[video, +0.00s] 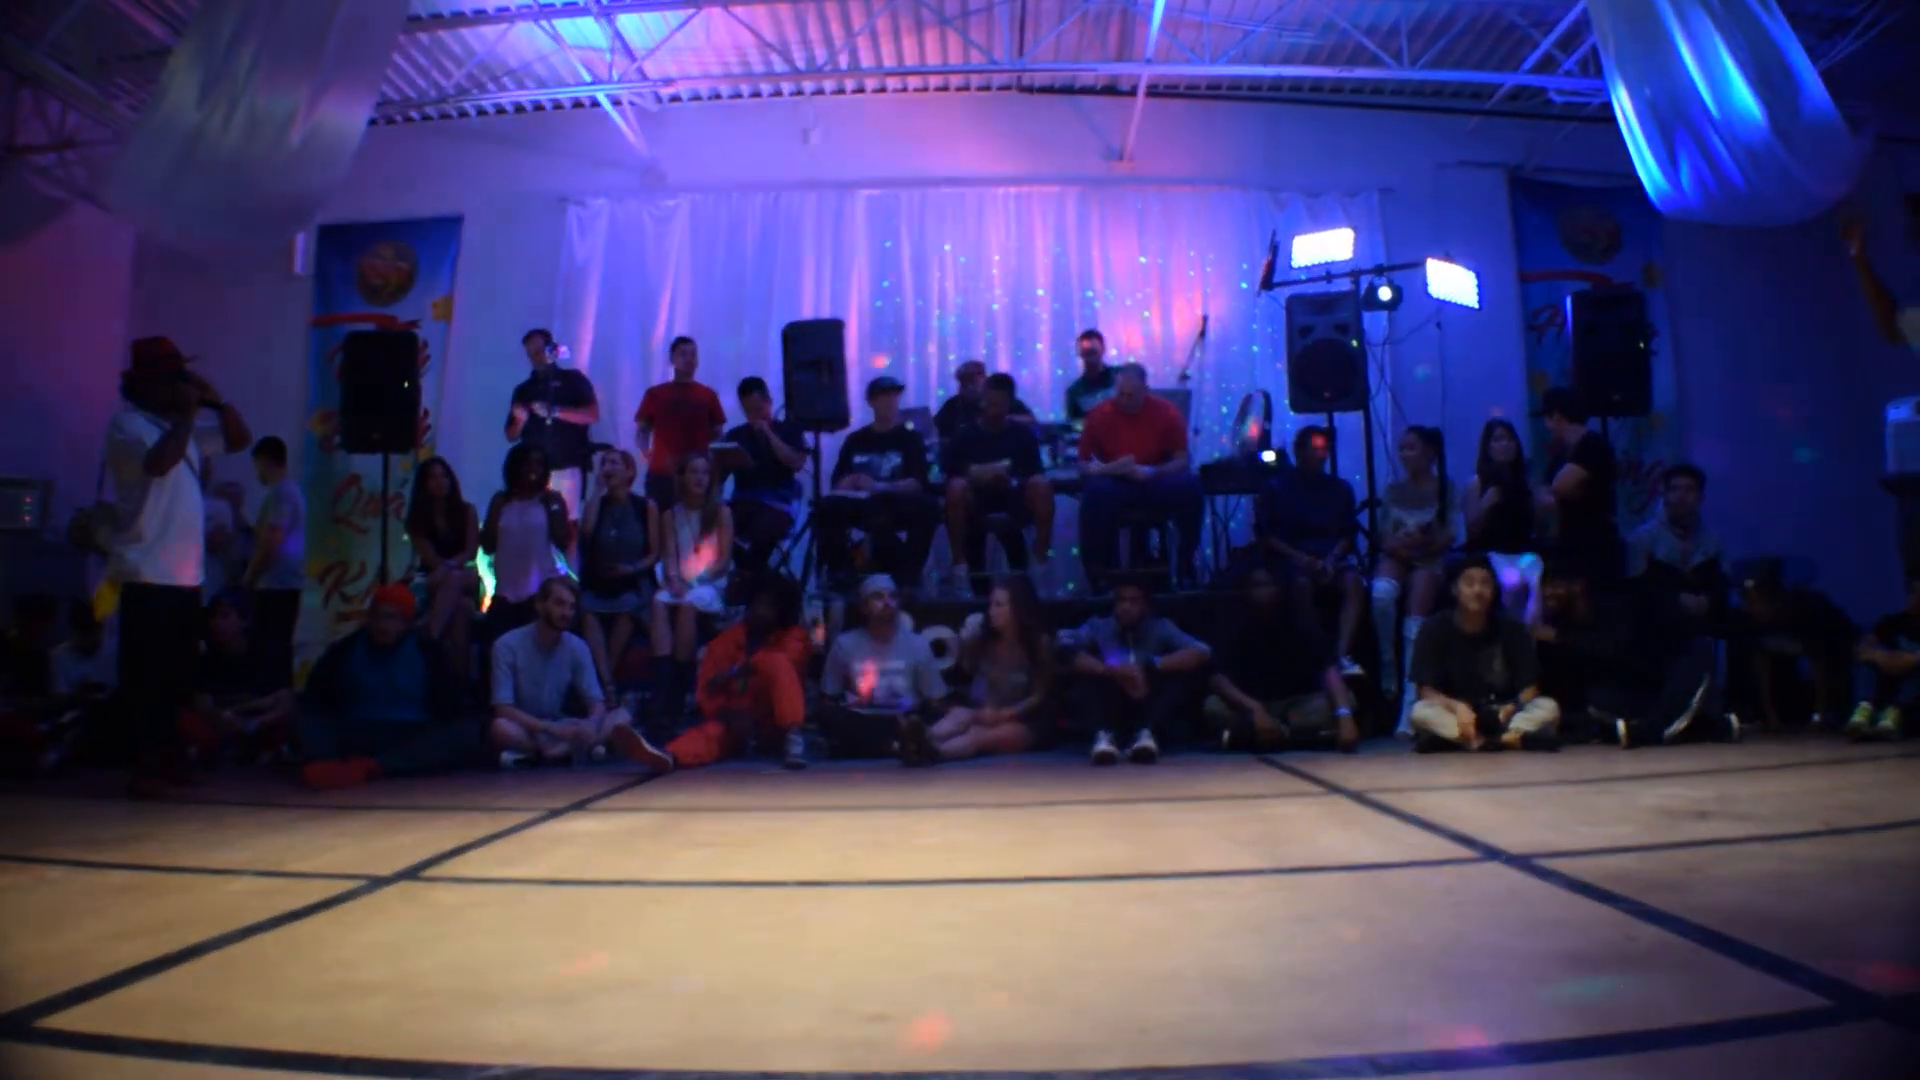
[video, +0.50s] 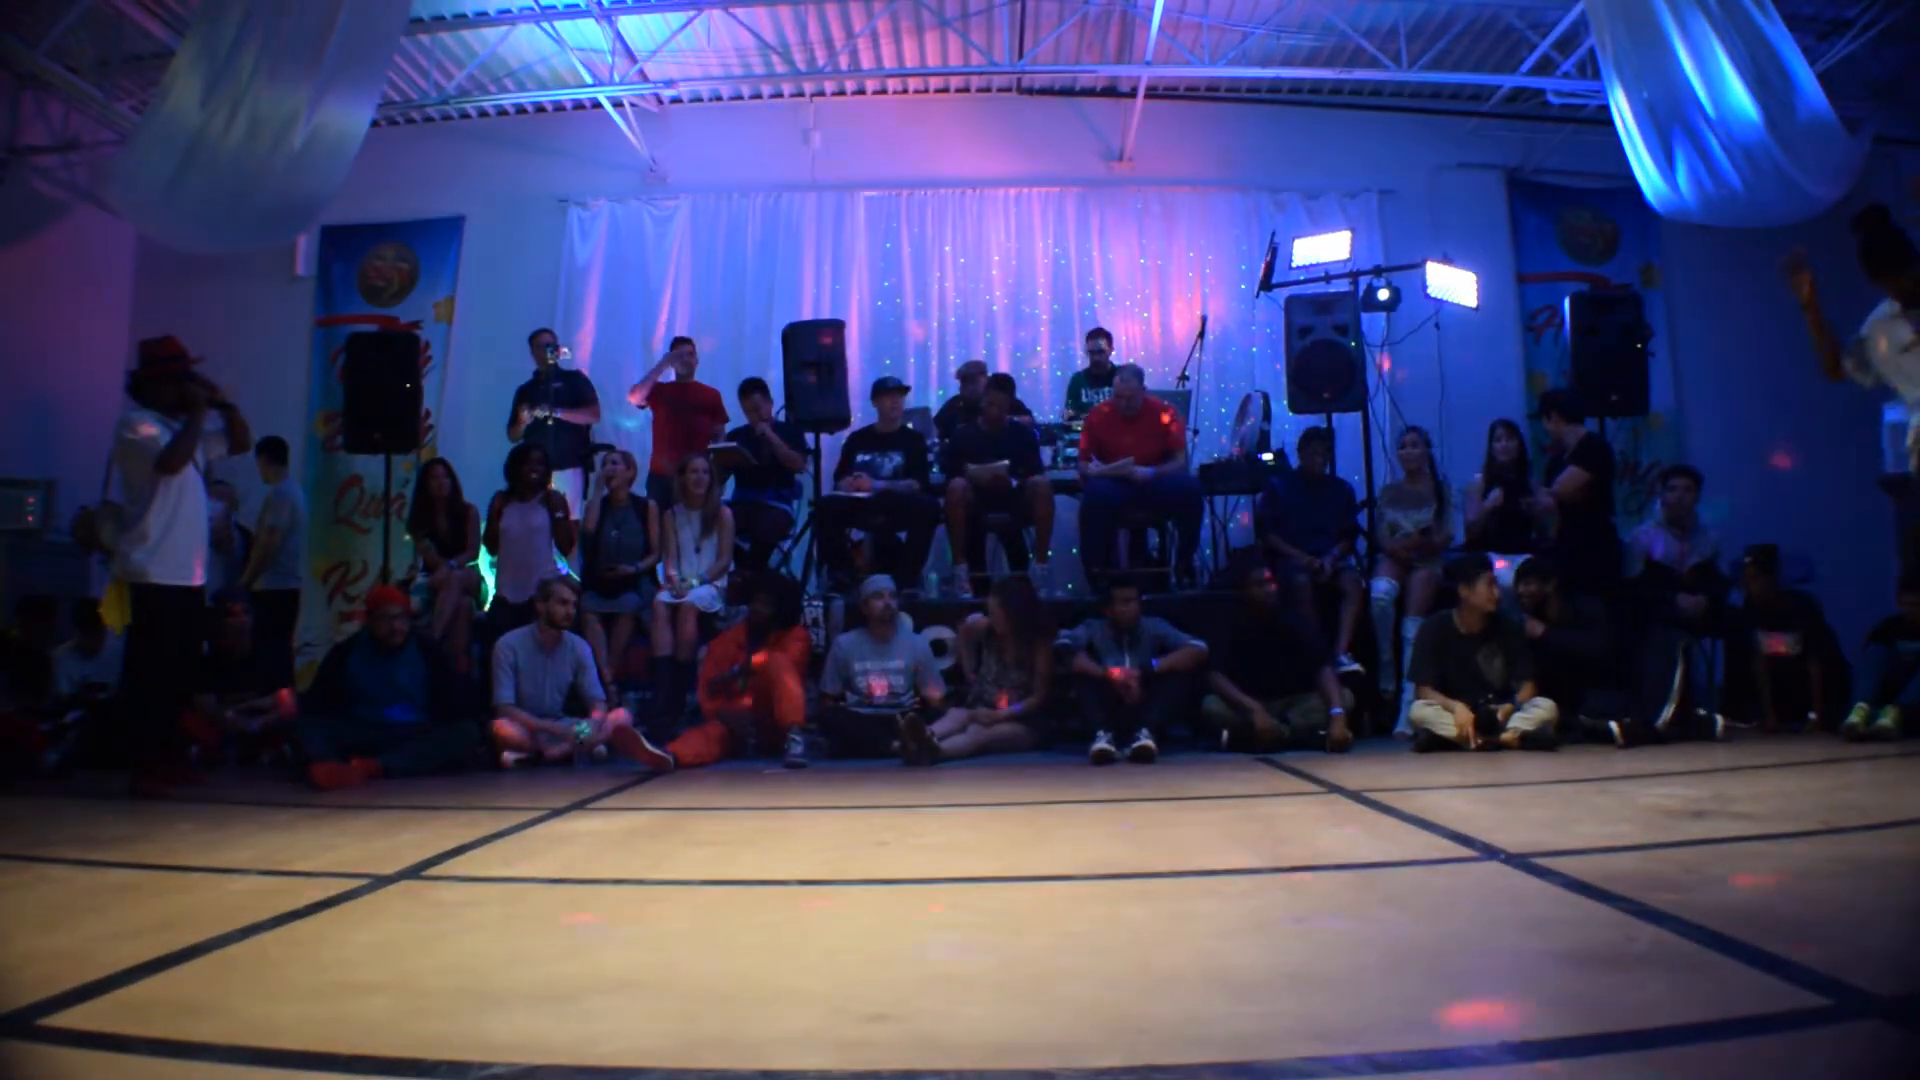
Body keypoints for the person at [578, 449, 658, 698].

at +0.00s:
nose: (607, 468)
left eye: (614, 463)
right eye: (604, 463)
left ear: (629, 472)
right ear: (599, 471)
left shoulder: (645, 506)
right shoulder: (594, 504)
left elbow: (654, 552)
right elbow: (586, 532)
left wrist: (631, 568)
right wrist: (597, 492)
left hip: (630, 579)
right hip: (598, 577)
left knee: (626, 613)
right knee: (588, 614)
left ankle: (606, 677)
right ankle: (606, 684)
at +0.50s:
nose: (609, 468)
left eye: (615, 464)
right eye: (606, 464)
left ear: (630, 472)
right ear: (601, 473)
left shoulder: (646, 506)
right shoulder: (595, 505)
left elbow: (655, 552)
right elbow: (589, 528)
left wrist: (634, 568)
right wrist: (597, 490)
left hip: (631, 577)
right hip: (600, 575)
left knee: (627, 608)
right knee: (588, 610)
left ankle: (609, 672)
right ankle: (605, 678)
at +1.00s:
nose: (610, 470)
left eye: (616, 465)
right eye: (606, 465)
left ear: (629, 472)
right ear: (601, 473)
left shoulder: (645, 507)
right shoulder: (593, 506)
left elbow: (654, 552)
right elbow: (587, 545)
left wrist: (633, 568)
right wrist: (597, 507)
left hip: (630, 576)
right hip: (599, 575)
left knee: (627, 611)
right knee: (589, 614)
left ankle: (607, 678)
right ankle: (608, 684)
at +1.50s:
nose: (620, 471)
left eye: (625, 466)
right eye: (614, 466)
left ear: (630, 472)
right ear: (602, 473)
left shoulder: (646, 508)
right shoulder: (592, 510)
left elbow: (654, 553)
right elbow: (587, 549)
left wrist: (634, 568)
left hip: (630, 576)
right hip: (600, 574)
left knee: (626, 612)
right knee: (589, 612)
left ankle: (607, 677)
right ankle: (607, 681)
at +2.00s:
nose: (622, 473)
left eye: (626, 468)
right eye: (615, 468)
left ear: (631, 473)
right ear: (603, 474)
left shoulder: (645, 507)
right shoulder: (591, 511)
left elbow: (655, 551)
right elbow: (586, 553)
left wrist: (636, 544)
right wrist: (600, 546)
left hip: (633, 572)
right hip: (601, 573)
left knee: (627, 608)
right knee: (589, 610)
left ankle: (608, 676)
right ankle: (606, 678)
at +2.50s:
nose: (616, 475)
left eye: (622, 470)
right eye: (611, 469)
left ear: (631, 476)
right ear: (604, 474)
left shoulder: (645, 507)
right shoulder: (591, 510)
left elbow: (648, 550)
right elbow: (587, 554)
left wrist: (631, 533)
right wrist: (604, 535)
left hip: (631, 573)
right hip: (599, 573)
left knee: (626, 611)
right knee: (589, 611)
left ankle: (607, 672)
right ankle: (606, 677)